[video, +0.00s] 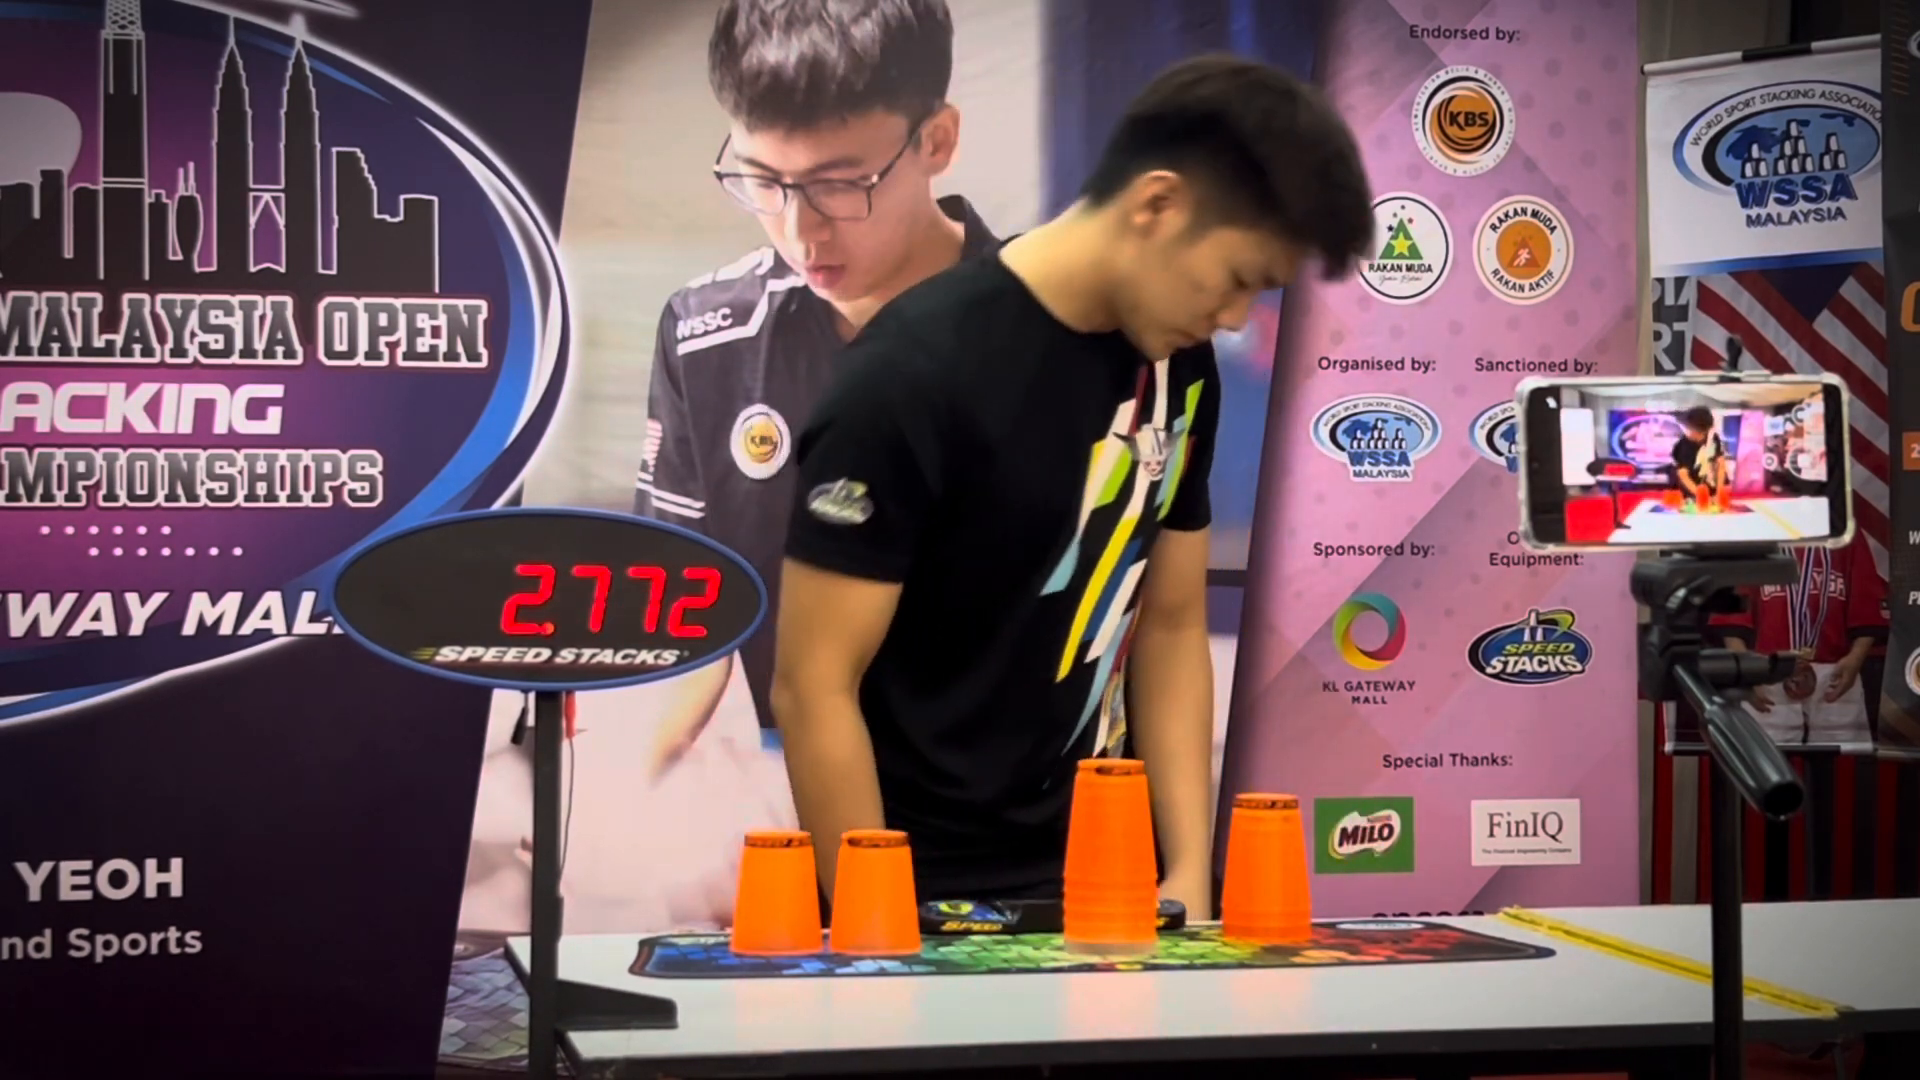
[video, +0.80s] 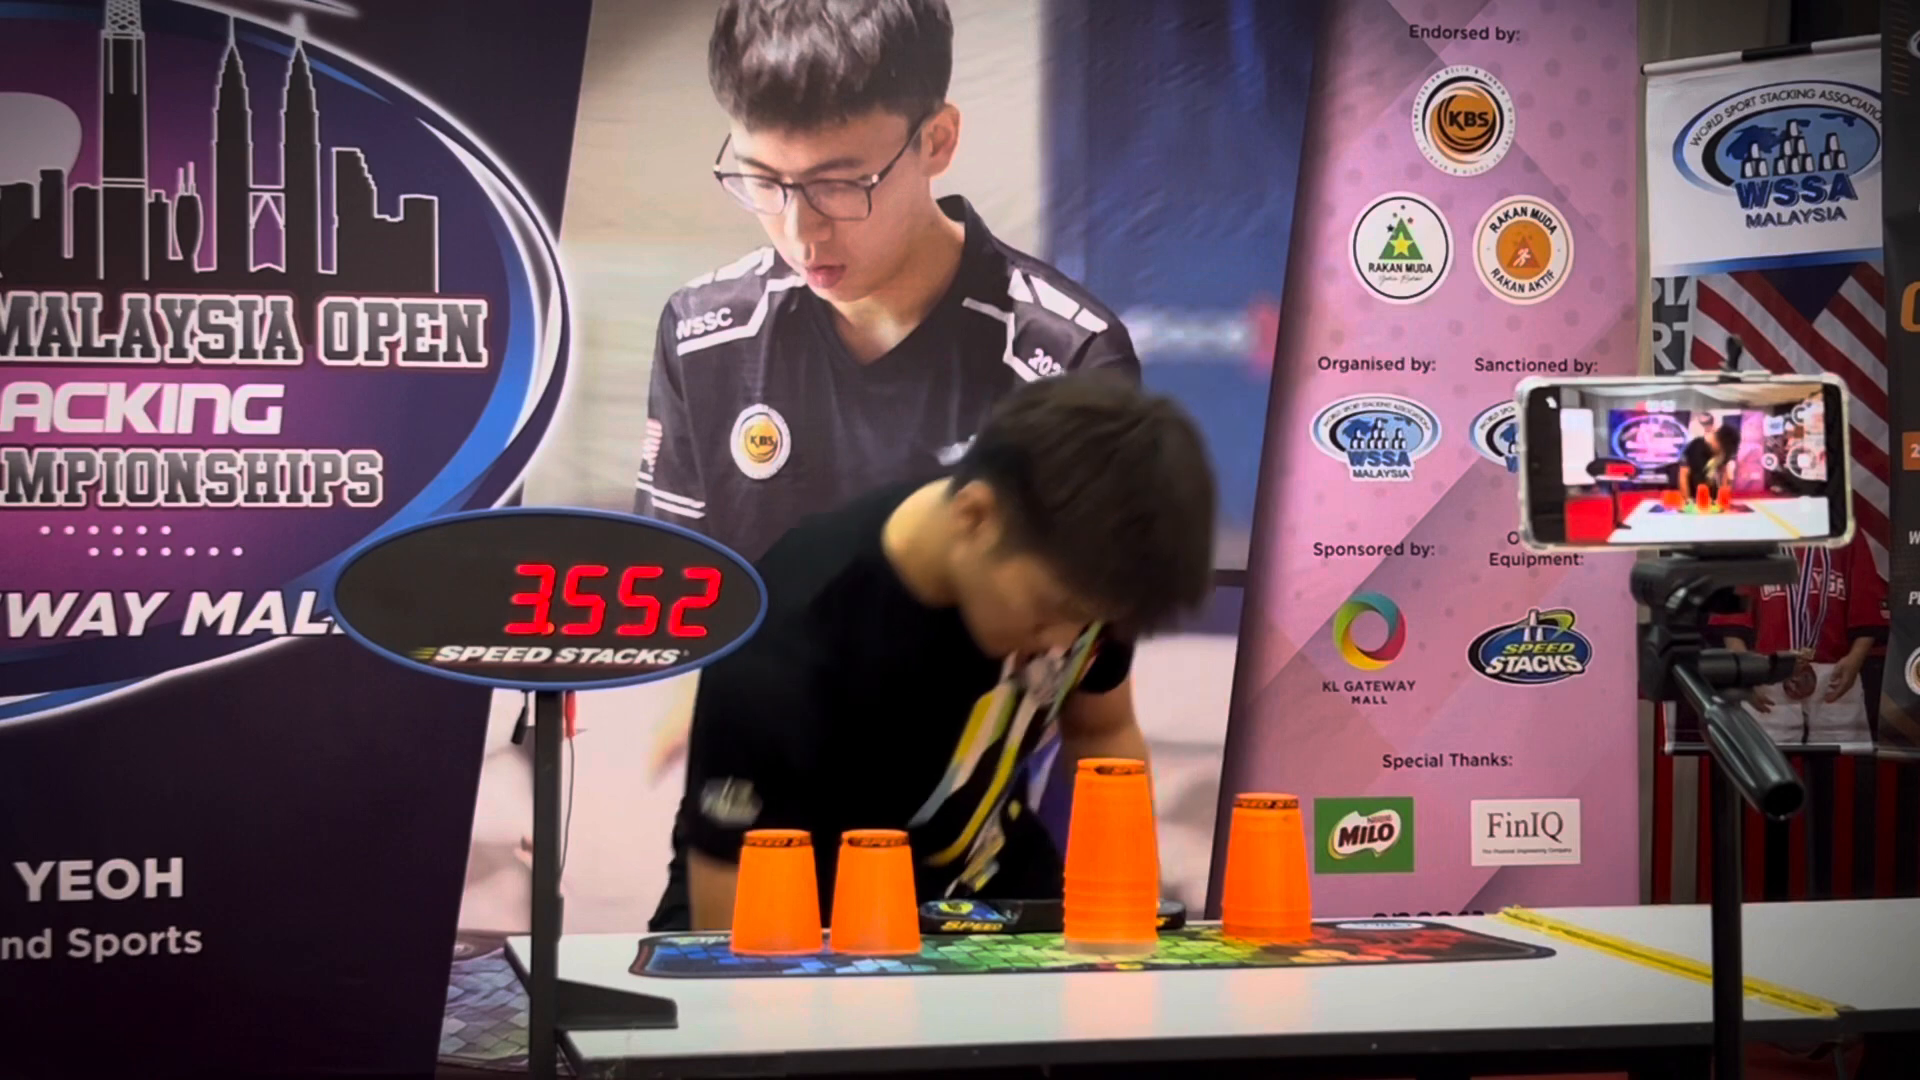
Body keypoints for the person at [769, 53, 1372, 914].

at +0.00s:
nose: (1235, 322)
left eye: (1258, 294)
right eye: (1239, 281)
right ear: (1153, 206)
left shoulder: (1174, 359)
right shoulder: (909, 374)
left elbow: (1171, 625)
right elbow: (812, 685)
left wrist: (1187, 869)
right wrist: (873, 941)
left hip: (1073, 903)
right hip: (911, 917)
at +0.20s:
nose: (1299, 392)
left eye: (1325, 372)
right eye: (1317, 358)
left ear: (1259, 270)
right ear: (1260, 269)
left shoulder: (1201, 392)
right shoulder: (987, 373)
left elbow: (1158, 662)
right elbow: (864, 674)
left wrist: (1224, 900)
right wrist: (893, 935)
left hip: (1054, 902)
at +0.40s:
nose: (1299, 460)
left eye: (1330, 448)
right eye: (1309, 424)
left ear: (1268, 320)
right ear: (1267, 318)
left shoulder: (1275, 435)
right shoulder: (1005, 383)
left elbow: (1218, 677)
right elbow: (868, 670)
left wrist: (1243, 917)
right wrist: (880, 939)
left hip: (1102, 859)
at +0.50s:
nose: (1250, 485)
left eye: (1288, 474)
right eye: (1251, 443)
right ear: (1207, 338)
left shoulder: (1277, 451)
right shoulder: (966, 410)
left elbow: (1235, 675)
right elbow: (844, 695)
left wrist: (1247, 920)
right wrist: (874, 952)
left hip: (1094, 844)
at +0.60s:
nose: (1191, 522)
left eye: (1226, 509)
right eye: (1186, 484)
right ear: (1135, 378)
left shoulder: (1226, 471)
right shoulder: (910, 468)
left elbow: (1204, 689)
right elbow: (803, 765)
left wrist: (1242, 923)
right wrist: (837, 989)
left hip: (1031, 862)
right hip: (847, 856)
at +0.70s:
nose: (1120, 584)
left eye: (1151, 564)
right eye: (1115, 547)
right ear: (1054, 443)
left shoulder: (1151, 518)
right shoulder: (844, 553)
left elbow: (1149, 704)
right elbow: (767, 892)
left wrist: (1186, 918)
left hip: (1013, 924)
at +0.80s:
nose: (1059, 642)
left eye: (1090, 620)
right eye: (1049, 607)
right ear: (974, 518)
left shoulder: (1083, 570)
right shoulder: (787, 633)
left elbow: (1103, 728)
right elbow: (723, 922)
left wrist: (1126, 902)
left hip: (999, 895)